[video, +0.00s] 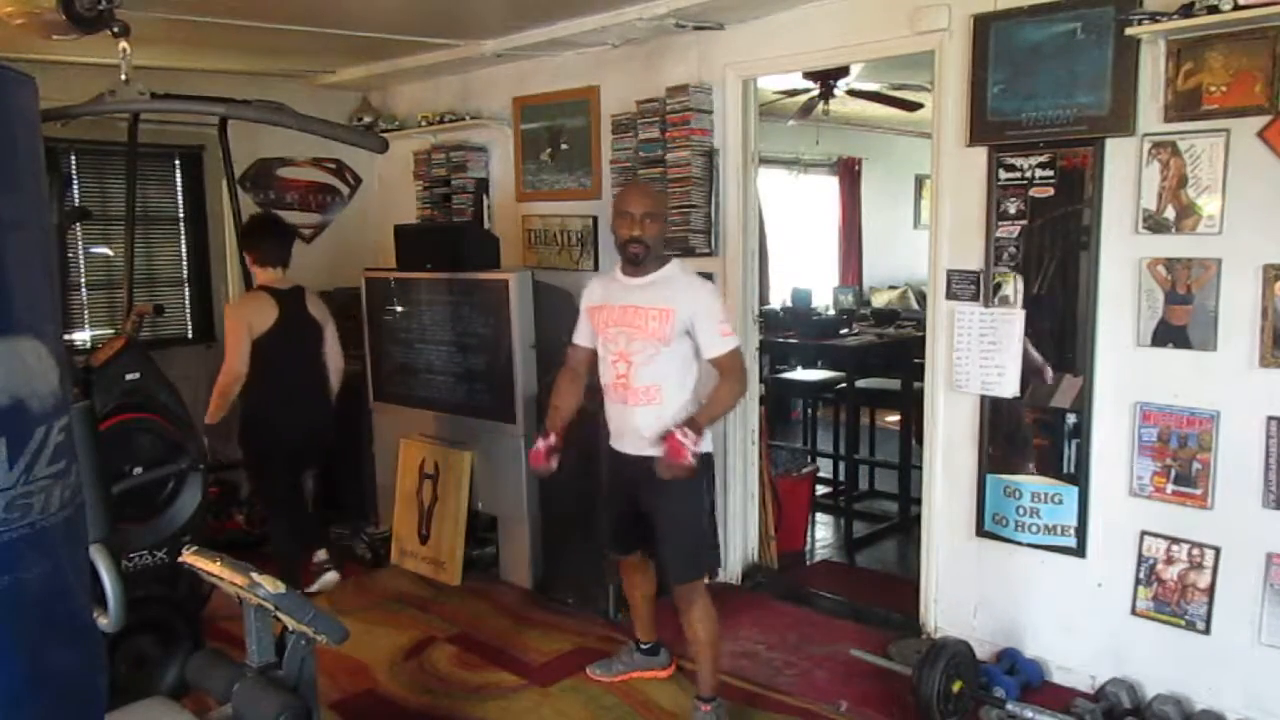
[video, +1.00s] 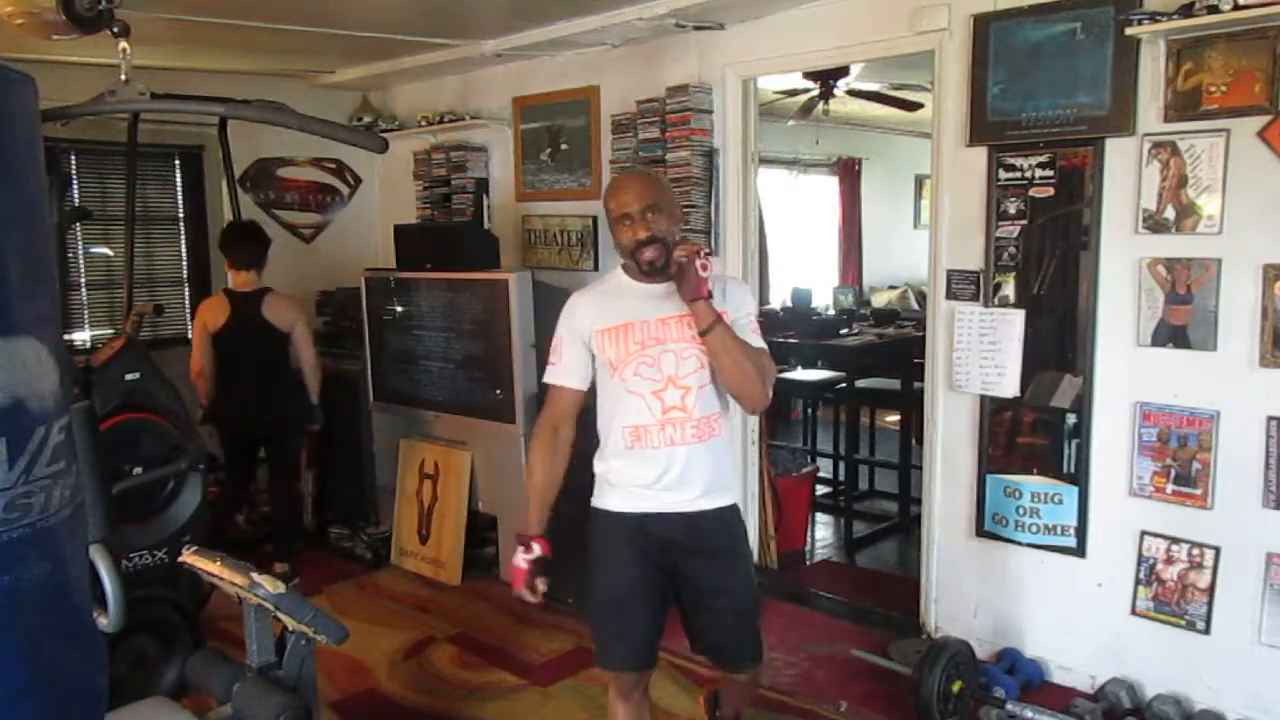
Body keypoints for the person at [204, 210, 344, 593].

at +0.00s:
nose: (246, 260)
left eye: (247, 254)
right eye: (249, 254)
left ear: (250, 257)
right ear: (287, 256)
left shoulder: (243, 308)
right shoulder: (314, 303)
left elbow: (235, 371)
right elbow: (335, 365)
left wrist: (210, 420)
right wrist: (324, 402)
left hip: (266, 418)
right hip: (312, 414)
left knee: (275, 496)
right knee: (294, 487)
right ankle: (319, 557)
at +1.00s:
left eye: (233, 258)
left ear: (227, 260)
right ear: (265, 258)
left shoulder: (208, 311)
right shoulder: (287, 309)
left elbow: (200, 370)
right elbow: (309, 365)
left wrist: (210, 405)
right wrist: (313, 403)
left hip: (233, 415)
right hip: (280, 414)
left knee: (236, 481)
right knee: (284, 489)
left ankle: (213, 547)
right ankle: (283, 561)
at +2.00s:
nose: (235, 268)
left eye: (235, 261)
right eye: (235, 261)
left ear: (199, 260)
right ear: (229, 264)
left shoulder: (188, 300)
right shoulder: (218, 305)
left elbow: (190, 357)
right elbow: (225, 361)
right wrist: (249, 407)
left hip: (200, 398)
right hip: (220, 402)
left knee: (217, 473)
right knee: (236, 474)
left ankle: (216, 542)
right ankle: (239, 547)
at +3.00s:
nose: (239, 265)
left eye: (239, 257)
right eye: (235, 257)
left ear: (210, 261)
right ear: (218, 260)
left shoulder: (195, 299)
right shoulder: (214, 304)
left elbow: (205, 357)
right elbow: (218, 360)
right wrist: (244, 406)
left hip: (202, 401)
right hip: (218, 404)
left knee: (220, 476)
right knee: (238, 475)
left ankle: (218, 545)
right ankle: (246, 549)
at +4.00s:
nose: (238, 261)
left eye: (241, 255)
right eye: (230, 253)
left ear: (242, 259)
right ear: (208, 258)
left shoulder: (216, 296)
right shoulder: (211, 302)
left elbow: (220, 357)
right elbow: (215, 360)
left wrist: (243, 400)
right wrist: (241, 408)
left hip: (214, 400)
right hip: (218, 404)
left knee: (230, 478)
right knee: (237, 478)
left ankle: (231, 548)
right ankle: (245, 551)